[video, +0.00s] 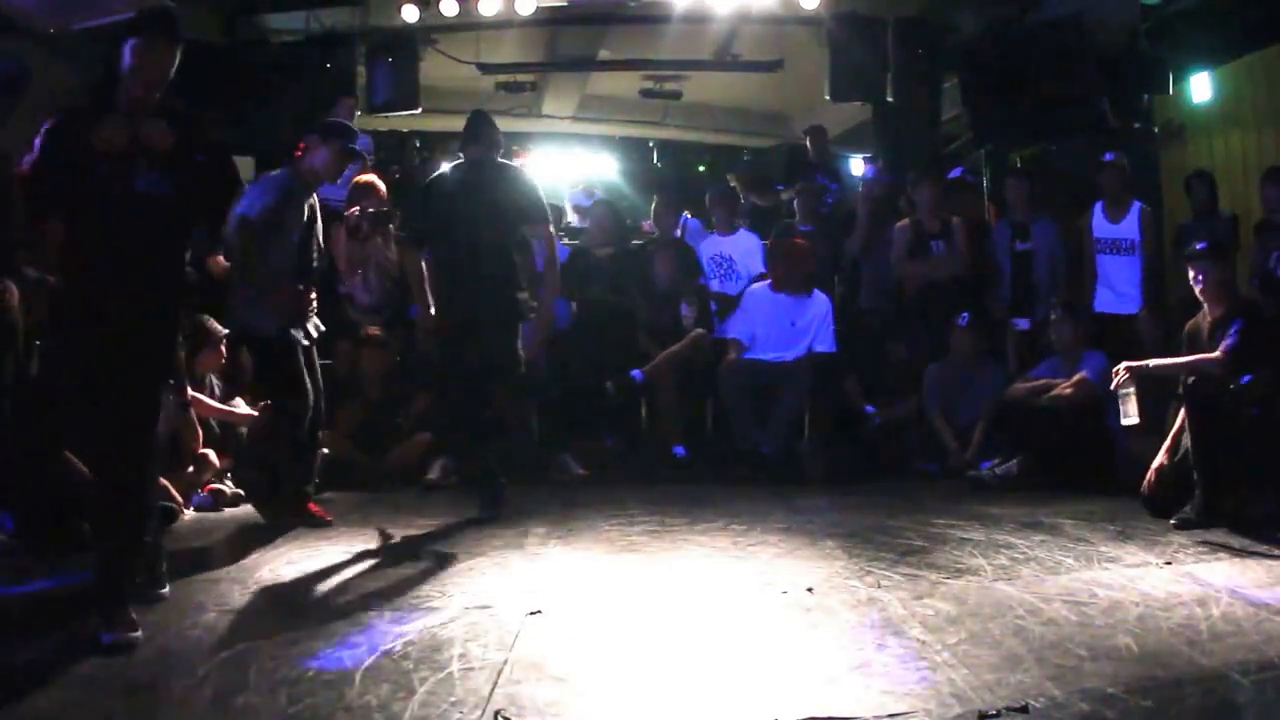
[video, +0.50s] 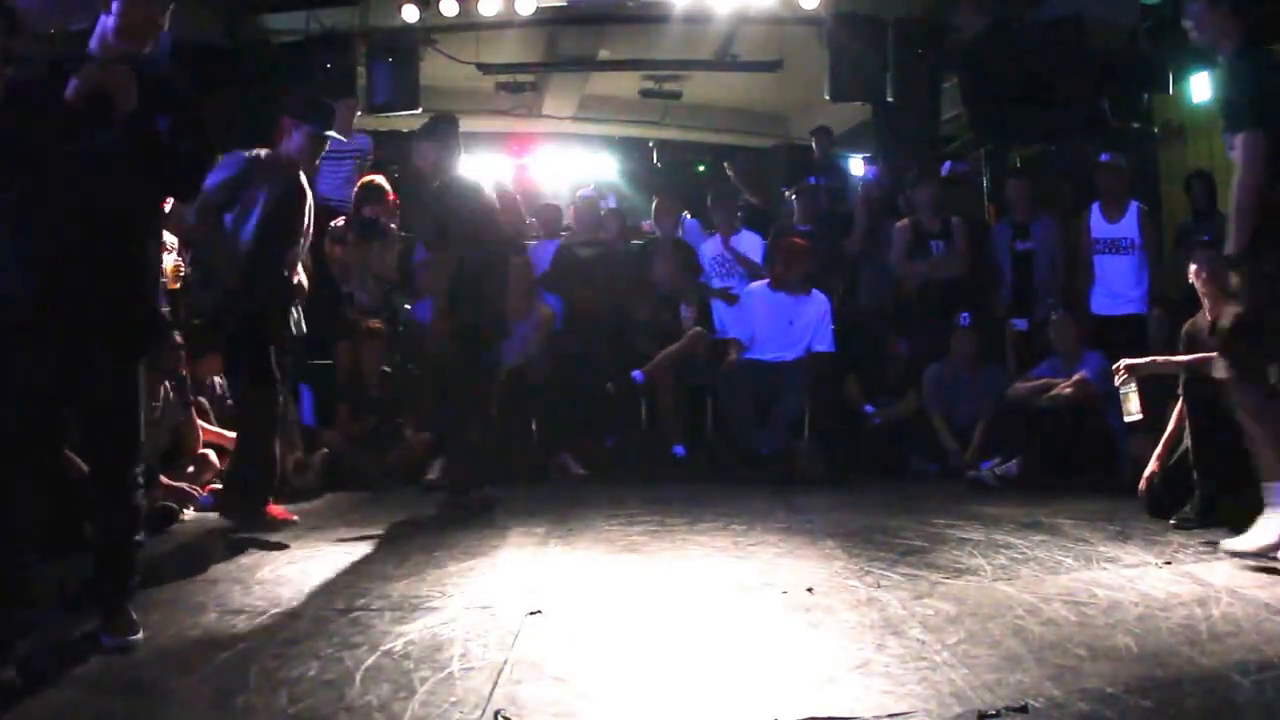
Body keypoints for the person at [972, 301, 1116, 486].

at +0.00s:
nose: (1053, 333)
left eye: (1060, 326)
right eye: (1052, 327)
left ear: (1077, 329)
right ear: (1048, 332)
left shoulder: (1095, 360)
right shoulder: (1054, 362)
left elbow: (1070, 393)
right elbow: (1012, 392)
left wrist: (1035, 401)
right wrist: (1054, 384)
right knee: (1004, 407)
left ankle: (1019, 463)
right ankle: (1001, 459)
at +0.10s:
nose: (1053, 334)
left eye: (1060, 327)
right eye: (1052, 328)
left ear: (1077, 330)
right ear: (1048, 332)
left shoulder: (1096, 361)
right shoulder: (1054, 363)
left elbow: (1070, 393)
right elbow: (1012, 392)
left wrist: (1038, 399)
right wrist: (1054, 383)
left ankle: (1020, 463)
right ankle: (1003, 458)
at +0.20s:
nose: (1053, 335)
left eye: (1060, 328)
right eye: (1051, 329)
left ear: (1076, 331)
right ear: (1048, 334)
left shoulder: (1095, 361)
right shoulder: (1054, 363)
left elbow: (1071, 393)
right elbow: (1012, 392)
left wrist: (1039, 399)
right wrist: (1055, 383)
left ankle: (1020, 464)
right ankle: (1002, 459)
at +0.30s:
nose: (1054, 334)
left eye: (1061, 327)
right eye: (1051, 328)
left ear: (1076, 331)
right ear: (1048, 333)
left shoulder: (1094, 360)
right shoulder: (1054, 363)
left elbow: (1072, 393)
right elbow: (1012, 392)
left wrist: (1039, 399)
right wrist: (1055, 383)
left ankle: (1020, 463)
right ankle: (1001, 459)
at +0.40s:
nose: (1054, 335)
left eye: (1060, 328)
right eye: (1052, 329)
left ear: (1076, 330)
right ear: (1048, 334)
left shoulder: (1093, 360)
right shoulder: (1054, 362)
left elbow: (1072, 393)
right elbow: (1012, 393)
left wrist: (1038, 400)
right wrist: (1055, 383)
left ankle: (1021, 462)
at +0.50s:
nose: (1056, 337)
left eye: (1061, 330)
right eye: (1053, 331)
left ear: (1075, 331)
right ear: (1049, 335)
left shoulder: (1093, 361)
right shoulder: (1054, 363)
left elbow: (1073, 393)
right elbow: (1012, 393)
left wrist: (1038, 400)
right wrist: (1054, 384)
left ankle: (1022, 462)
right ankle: (1005, 457)